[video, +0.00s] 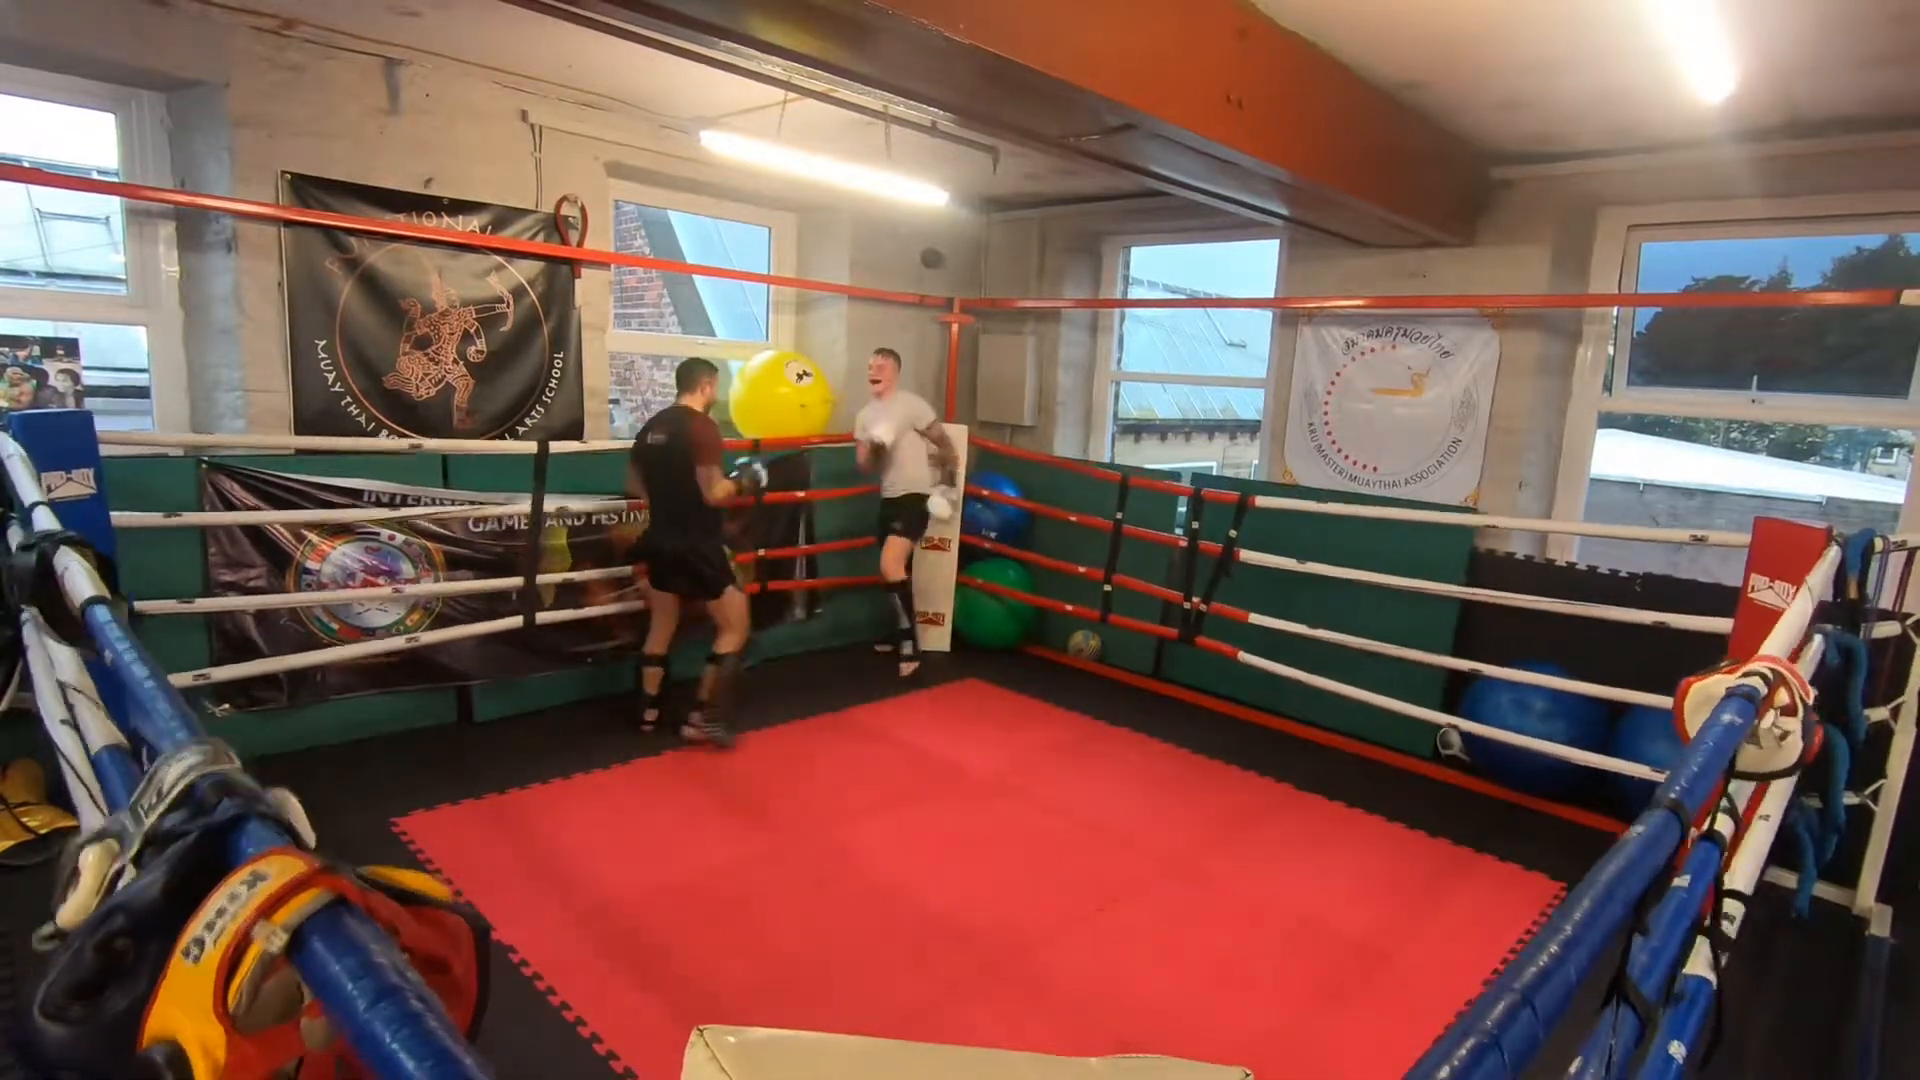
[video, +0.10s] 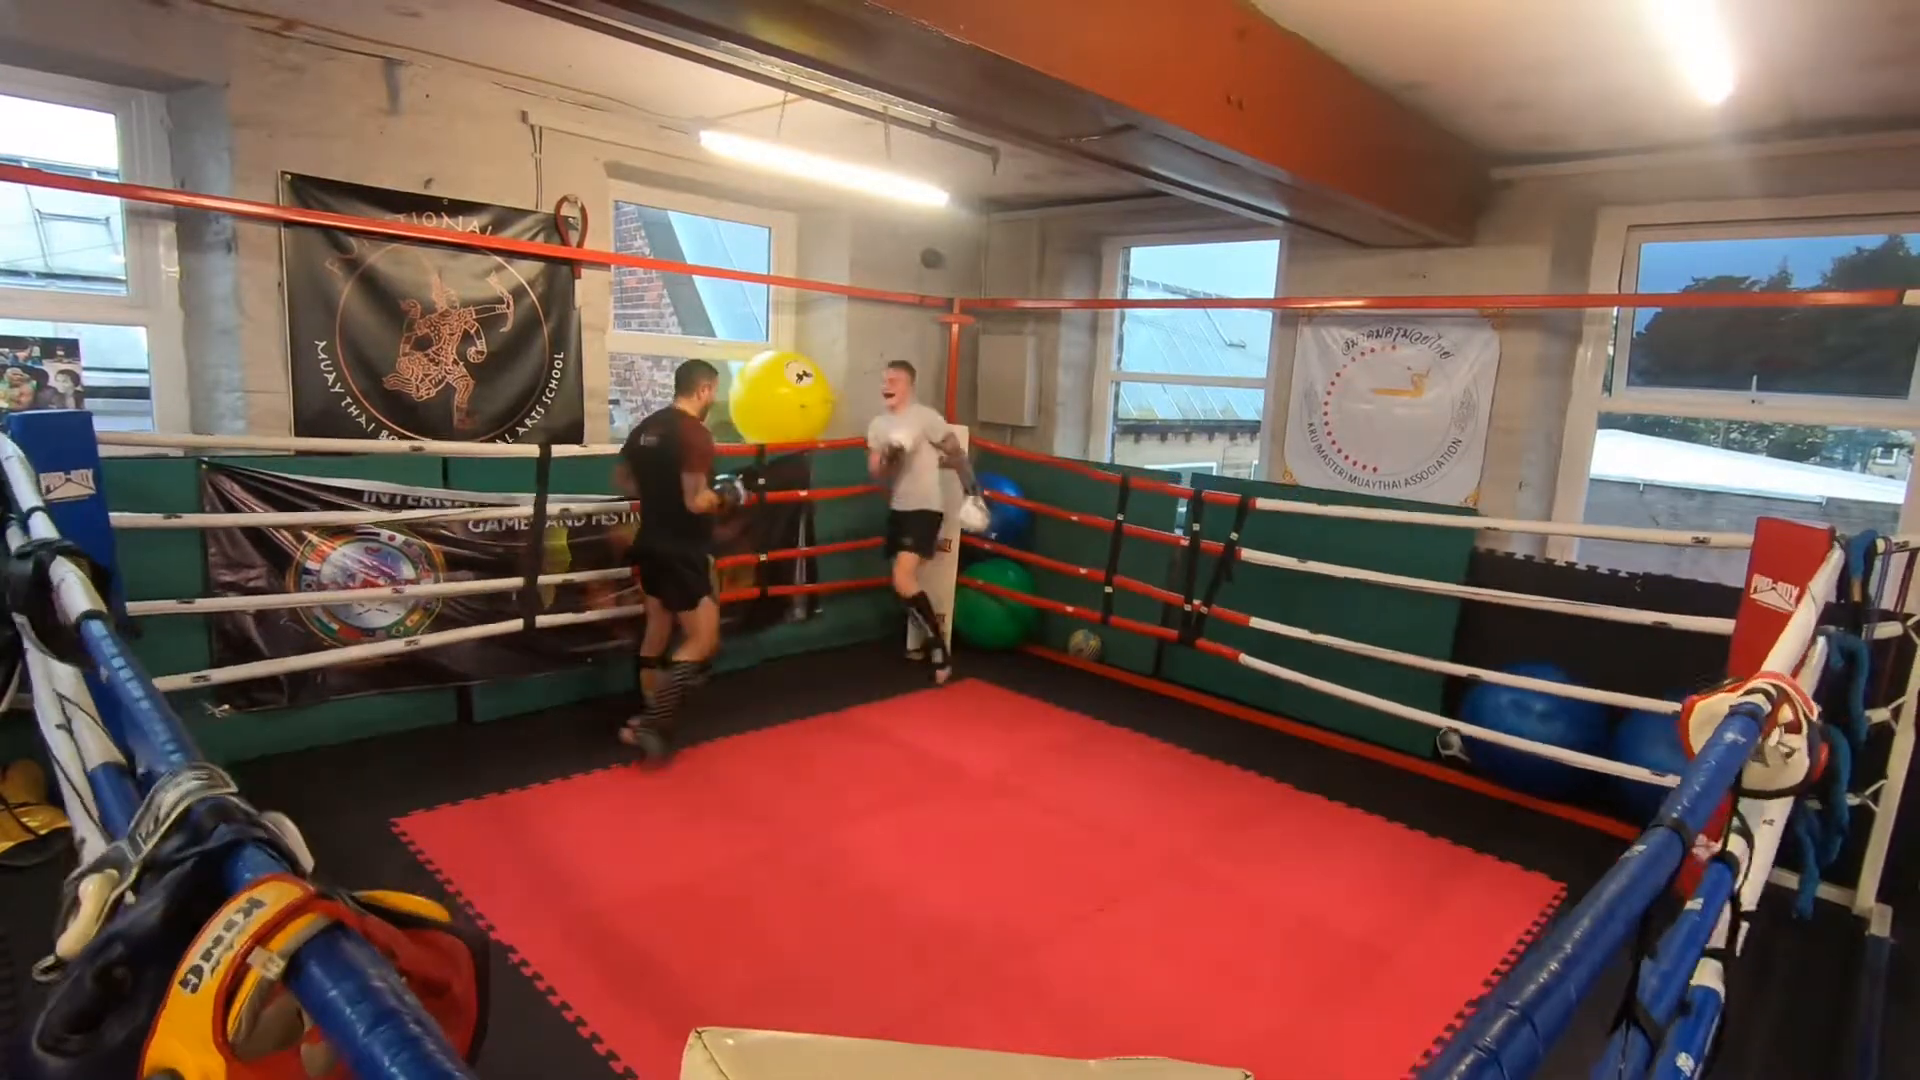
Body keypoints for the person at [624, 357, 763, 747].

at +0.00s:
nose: (715, 394)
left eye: (714, 387)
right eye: (714, 388)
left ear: (680, 386)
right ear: (705, 386)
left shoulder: (651, 427)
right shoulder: (702, 427)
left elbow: (634, 486)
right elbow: (713, 493)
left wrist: (675, 489)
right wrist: (744, 482)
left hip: (659, 544)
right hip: (699, 546)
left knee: (661, 625)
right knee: (734, 624)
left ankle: (649, 712)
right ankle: (706, 714)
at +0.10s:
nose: (715, 398)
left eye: (714, 391)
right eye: (714, 391)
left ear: (679, 387)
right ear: (702, 389)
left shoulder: (647, 426)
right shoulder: (694, 433)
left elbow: (623, 480)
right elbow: (696, 502)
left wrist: (666, 486)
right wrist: (724, 497)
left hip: (649, 545)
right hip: (684, 549)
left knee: (657, 630)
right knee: (703, 636)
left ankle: (654, 721)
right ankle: (651, 721)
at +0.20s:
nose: (714, 408)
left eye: (715, 400)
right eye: (714, 400)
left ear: (681, 393)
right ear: (701, 395)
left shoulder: (646, 428)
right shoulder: (687, 439)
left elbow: (620, 477)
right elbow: (694, 511)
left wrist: (655, 497)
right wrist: (720, 501)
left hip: (641, 547)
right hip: (671, 552)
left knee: (659, 631)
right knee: (660, 647)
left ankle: (651, 706)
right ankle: (600, 736)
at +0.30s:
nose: (715, 419)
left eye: (717, 411)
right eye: (716, 411)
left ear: (683, 401)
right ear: (702, 404)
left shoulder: (649, 432)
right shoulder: (684, 446)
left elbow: (618, 478)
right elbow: (696, 520)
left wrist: (656, 499)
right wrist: (720, 501)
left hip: (644, 554)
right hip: (663, 563)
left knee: (670, 630)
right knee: (635, 653)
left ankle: (651, 712)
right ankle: (585, 750)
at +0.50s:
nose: (727, 408)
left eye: (729, 400)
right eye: (727, 399)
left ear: (696, 390)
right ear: (713, 392)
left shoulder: (653, 422)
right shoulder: (696, 438)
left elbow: (621, 468)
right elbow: (706, 512)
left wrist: (665, 484)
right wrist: (730, 491)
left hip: (665, 550)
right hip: (666, 557)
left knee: (690, 636)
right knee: (639, 649)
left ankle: (701, 717)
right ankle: (591, 745)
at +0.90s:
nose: (777, 418)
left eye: (780, 412)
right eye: (777, 409)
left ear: (755, 397)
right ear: (761, 398)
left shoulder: (739, 429)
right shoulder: (735, 429)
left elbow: (765, 486)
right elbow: (775, 487)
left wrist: (788, 452)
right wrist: (801, 451)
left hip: (740, 554)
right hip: (716, 555)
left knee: (752, 643)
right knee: (706, 655)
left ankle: (758, 727)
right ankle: (631, 728)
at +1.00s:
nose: (783, 408)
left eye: (787, 403)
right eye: (780, 399)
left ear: (780, 407)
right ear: (763, 394)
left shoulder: (760, 435)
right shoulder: (740, 427)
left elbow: (790, 478)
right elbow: (789, 477)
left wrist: (807, 439)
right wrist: (808, 437)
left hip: (750, 552)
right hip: (720, 551)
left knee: (754, 645)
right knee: (715, 652)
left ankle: (758, 727)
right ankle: (661, 740)